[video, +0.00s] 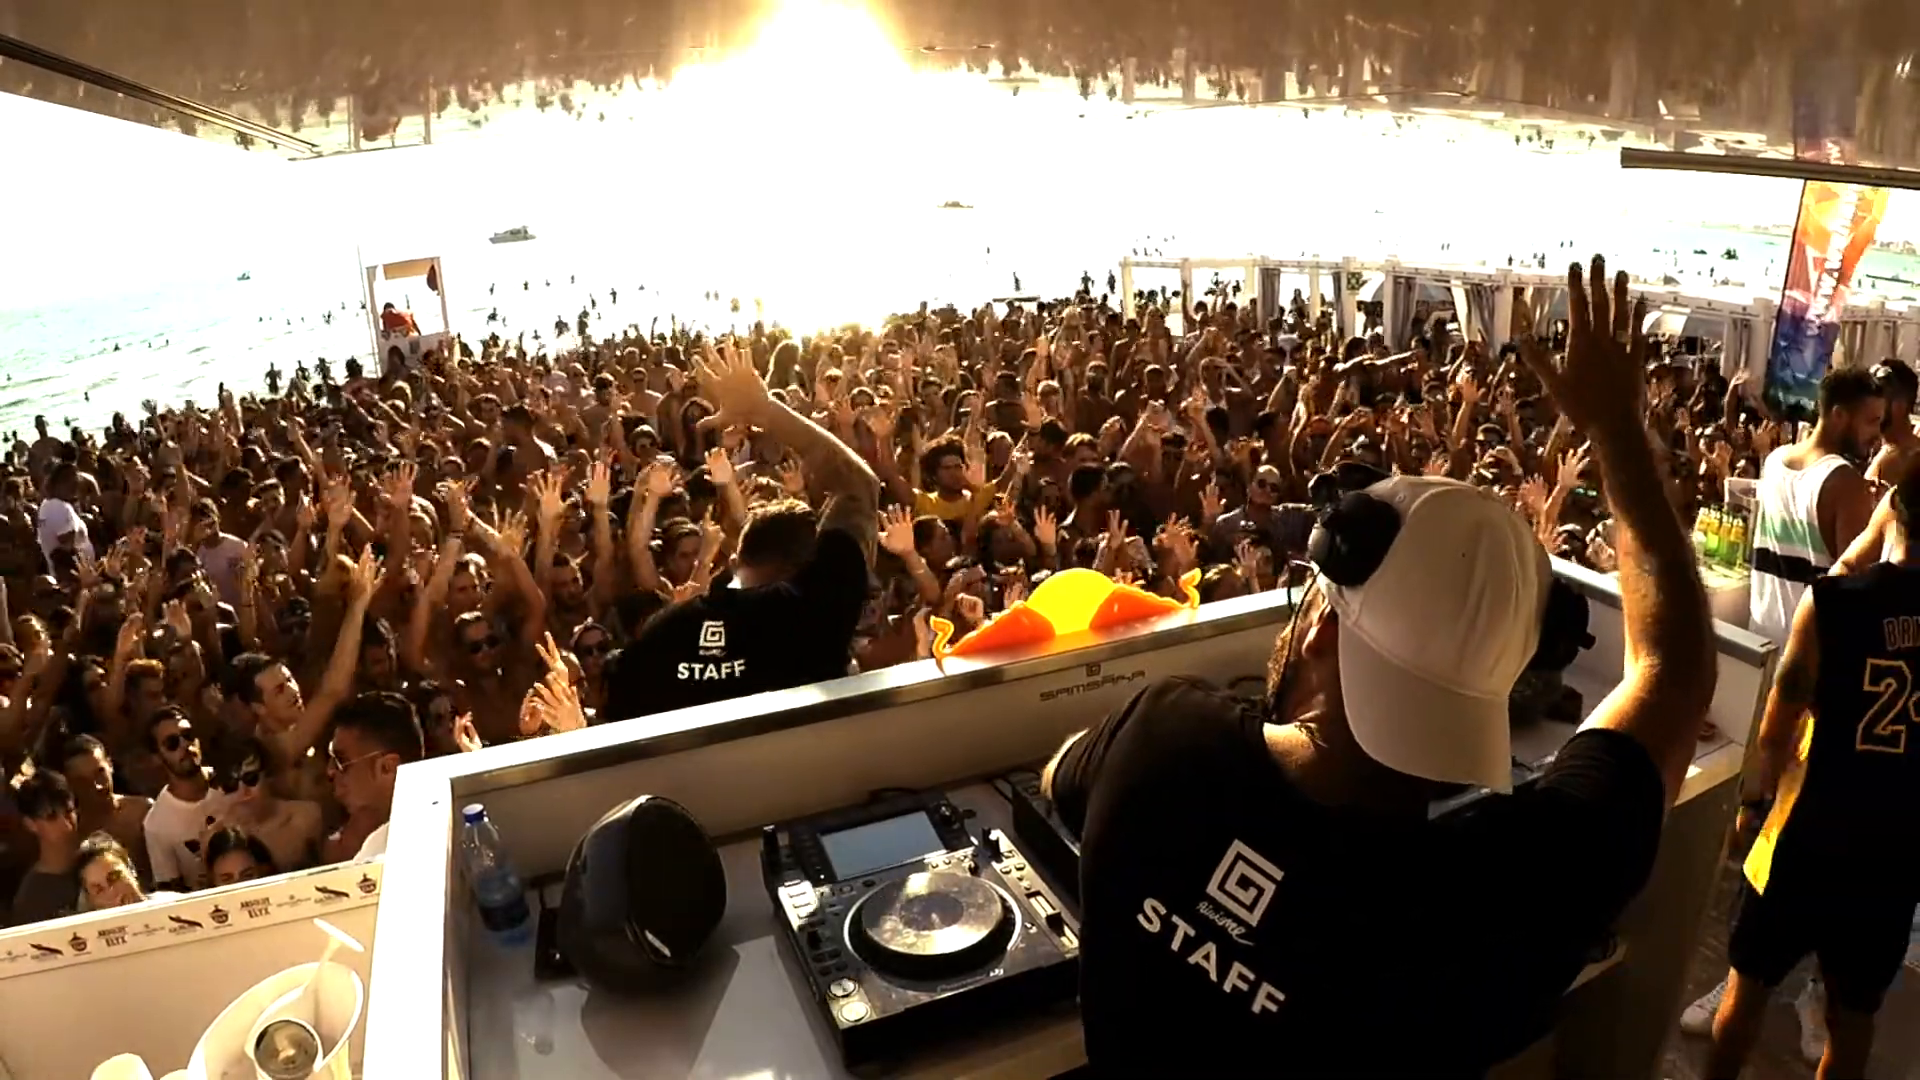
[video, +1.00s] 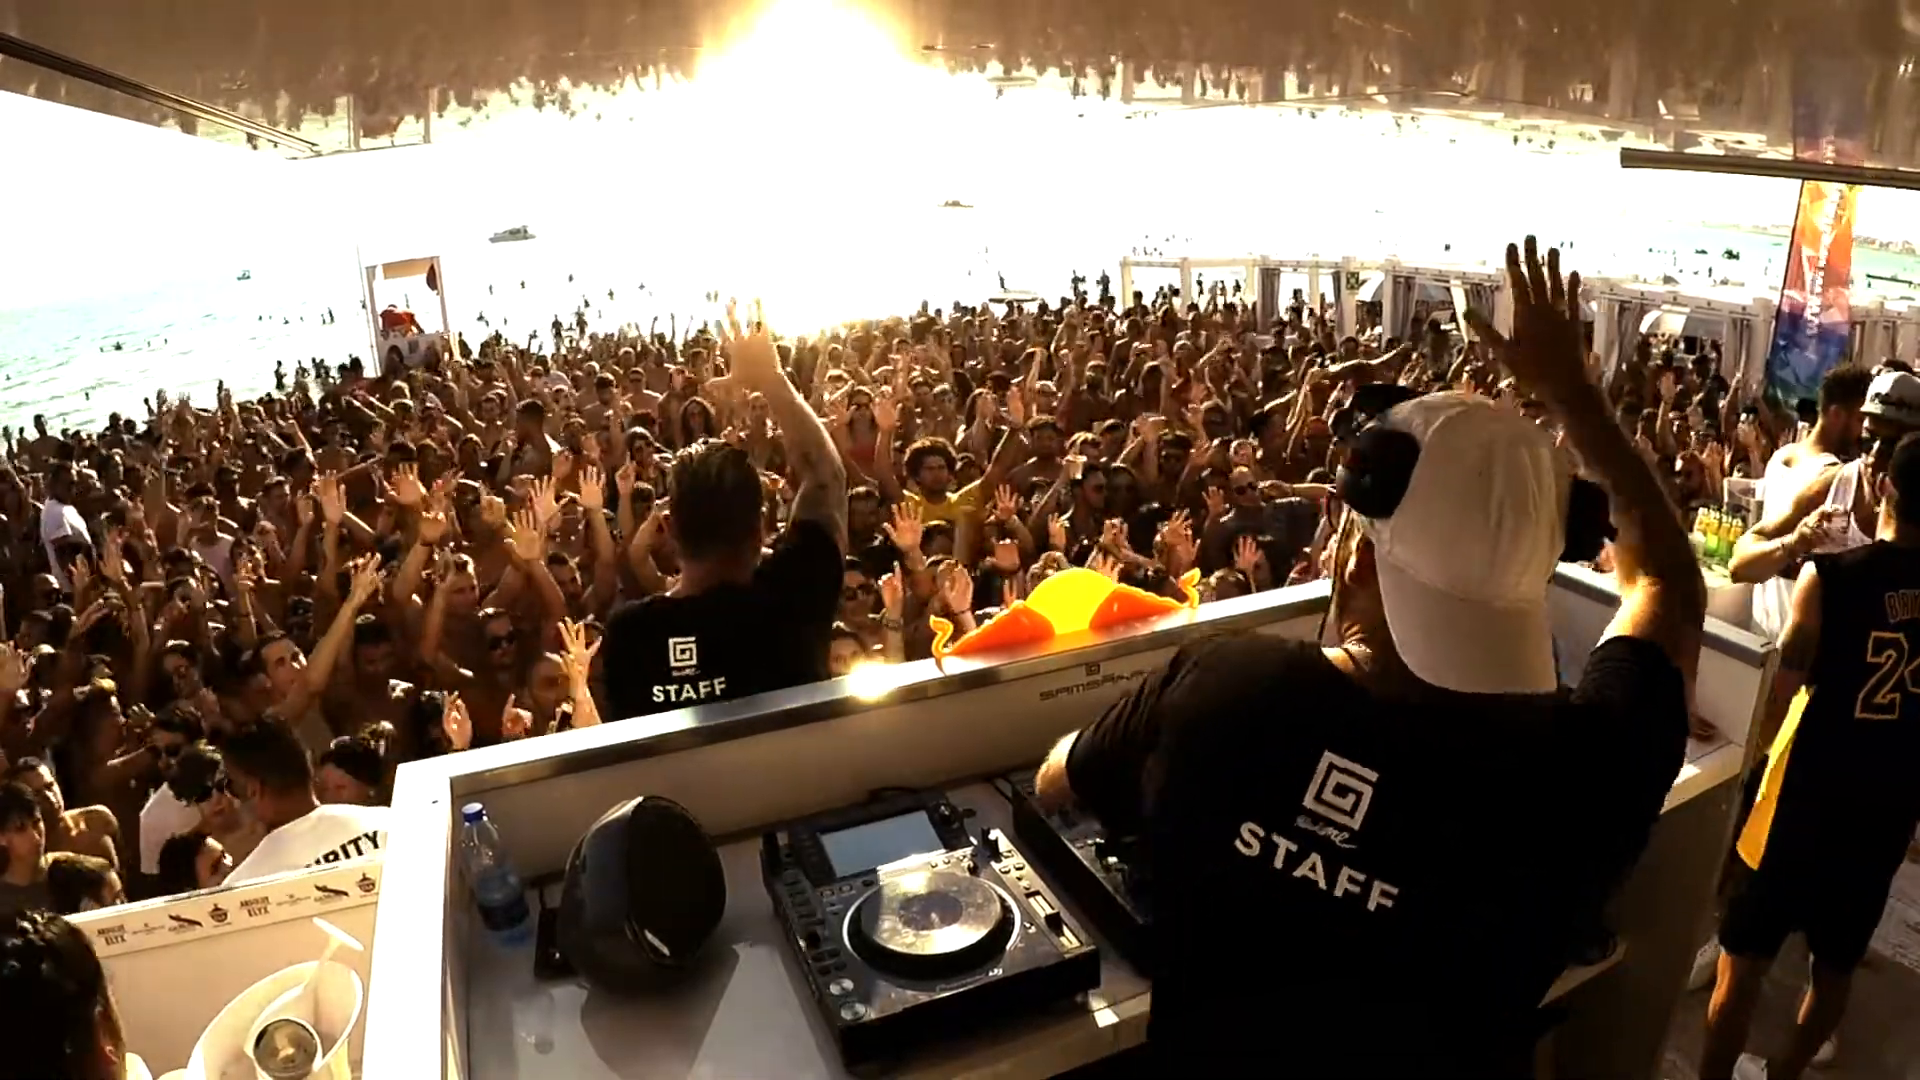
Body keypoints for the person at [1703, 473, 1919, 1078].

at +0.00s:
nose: (1874, 505)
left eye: (1883, 493)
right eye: (1884, 491)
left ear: (1894, 512)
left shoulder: (1833, 604)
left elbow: (1776, 732)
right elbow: (1777, 731)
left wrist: (1753, 803)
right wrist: (1754, 801)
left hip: (1809, 839)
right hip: (1895, 851)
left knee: (1745, 987)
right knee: (1853, 1019)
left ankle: (1716, 1072)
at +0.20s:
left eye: (1861, 482)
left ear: (1864, 499)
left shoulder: (1802, 592)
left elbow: (1764, 713)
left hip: (1781, 833)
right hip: (1881, 849)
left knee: (1736, 988)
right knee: (1840, 1008)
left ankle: (1713, 1076)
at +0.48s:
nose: (1831, 488)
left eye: (1838, 480)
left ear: (1844, 492)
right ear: (1918, 509)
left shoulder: (1782, 576)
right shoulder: (1919, 591)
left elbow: (1732, 690)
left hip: (1775, 810)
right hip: (1866, 823)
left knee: (1733, 976)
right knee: (1829, 983)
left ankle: (1710, 1077)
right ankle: (1806, 1077)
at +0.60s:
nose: (1834, 486)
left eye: (1841, 477)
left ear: (1848, 489)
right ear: (1919, 504)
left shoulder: (1788, 575)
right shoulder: (1919, 589)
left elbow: (1751, 629)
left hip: (1779, 804)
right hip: (1868, 818)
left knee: (1734, 972)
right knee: (1826, 973)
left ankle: (1712, 1076)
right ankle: (1795, 1075)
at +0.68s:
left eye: (1850, 479)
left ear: (1852, 492)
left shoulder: (1799, 574)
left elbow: (1757, 627)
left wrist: (1818, 518)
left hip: (1781, 800)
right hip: (1867, 814)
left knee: (1735, 973)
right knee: (1824, 973)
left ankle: (1711, 1078)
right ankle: (1787, 1072)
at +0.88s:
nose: (1864, 486)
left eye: (1868, 478)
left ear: (1871, 493)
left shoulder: (1815, 578)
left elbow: (1778, 666)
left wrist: (1805, 562)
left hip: (1788, 803)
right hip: (1878, 812)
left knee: (1740, 966)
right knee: (1827, 970)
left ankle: (1712, 1075)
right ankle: (1783, 1071)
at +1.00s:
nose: (1867, 475)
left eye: (1873, 465)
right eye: (1874, 460)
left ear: (1882, 486)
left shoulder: (1832, 578)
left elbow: (1782, 690)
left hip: (1802, 794)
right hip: (1887, 808)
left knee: (1740, 963)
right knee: (1835, 968)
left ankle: (1712, 1074)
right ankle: (1785, 1070)